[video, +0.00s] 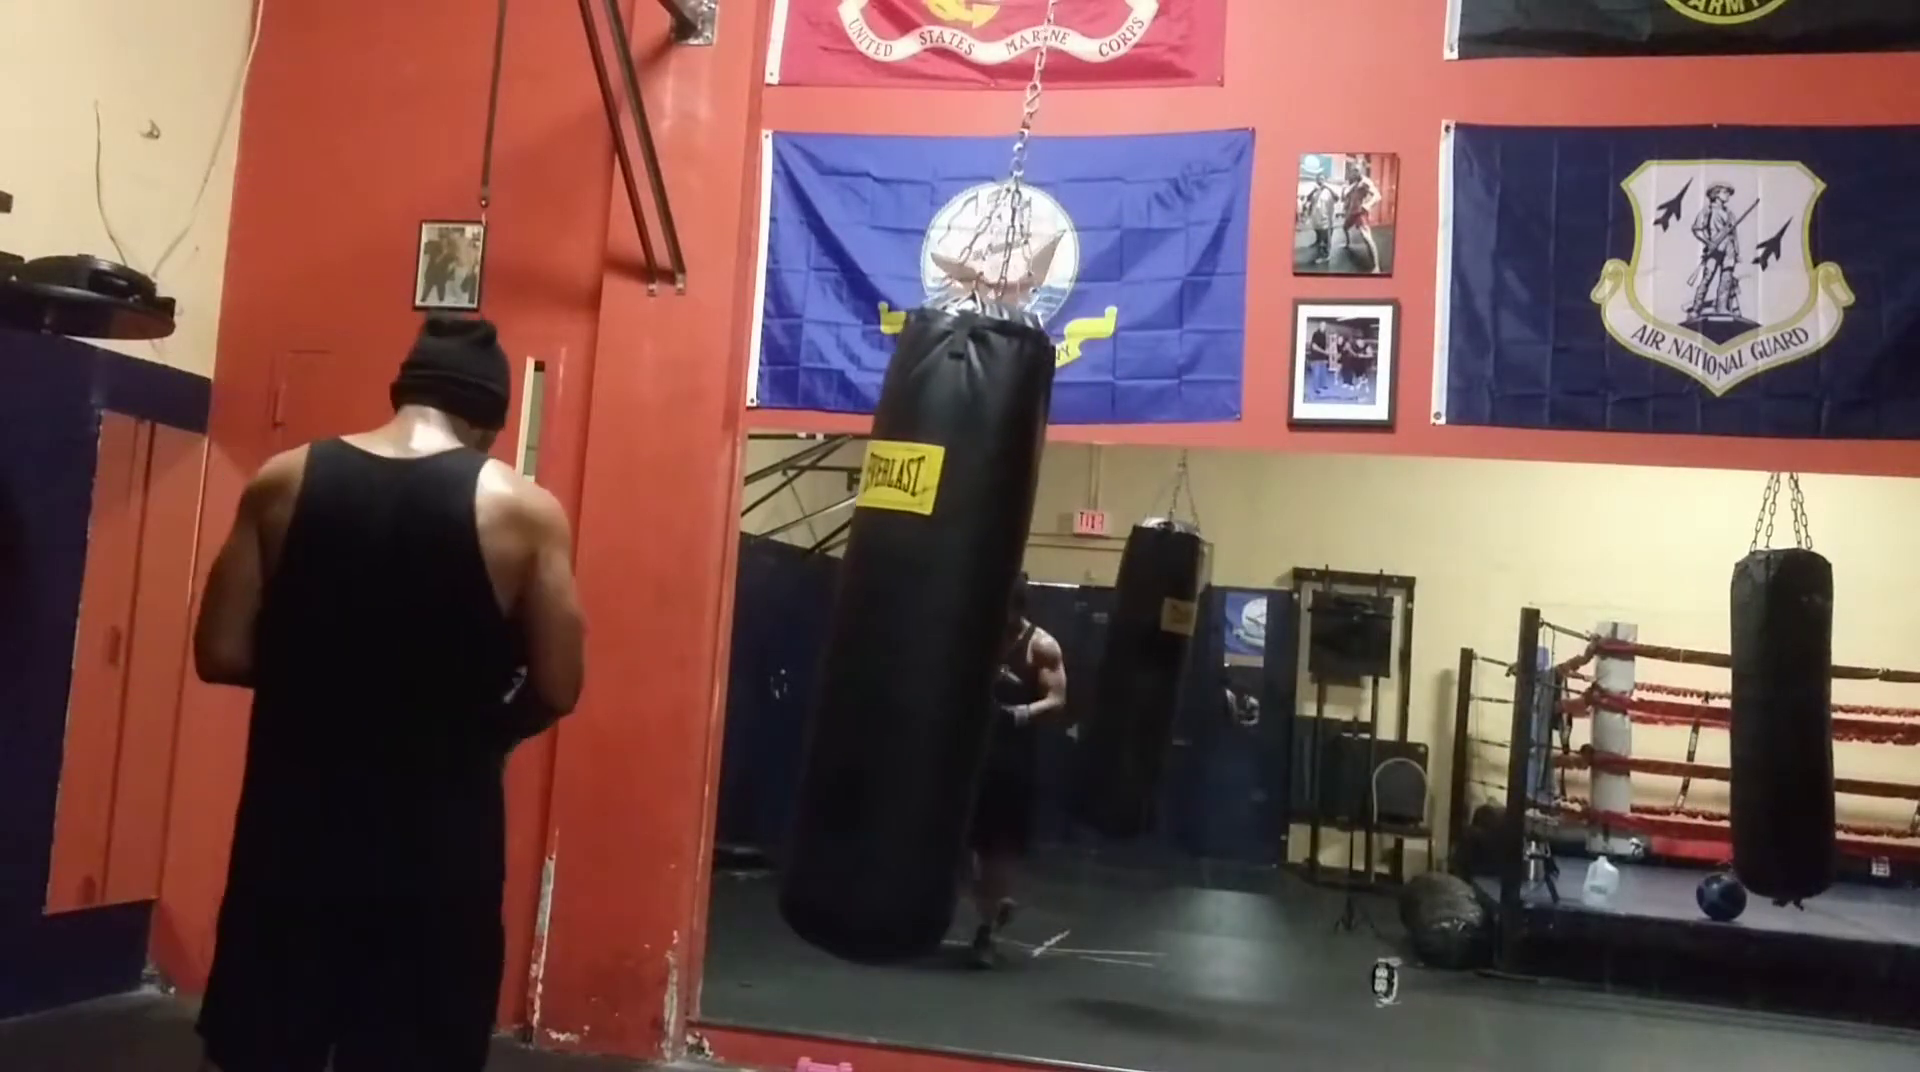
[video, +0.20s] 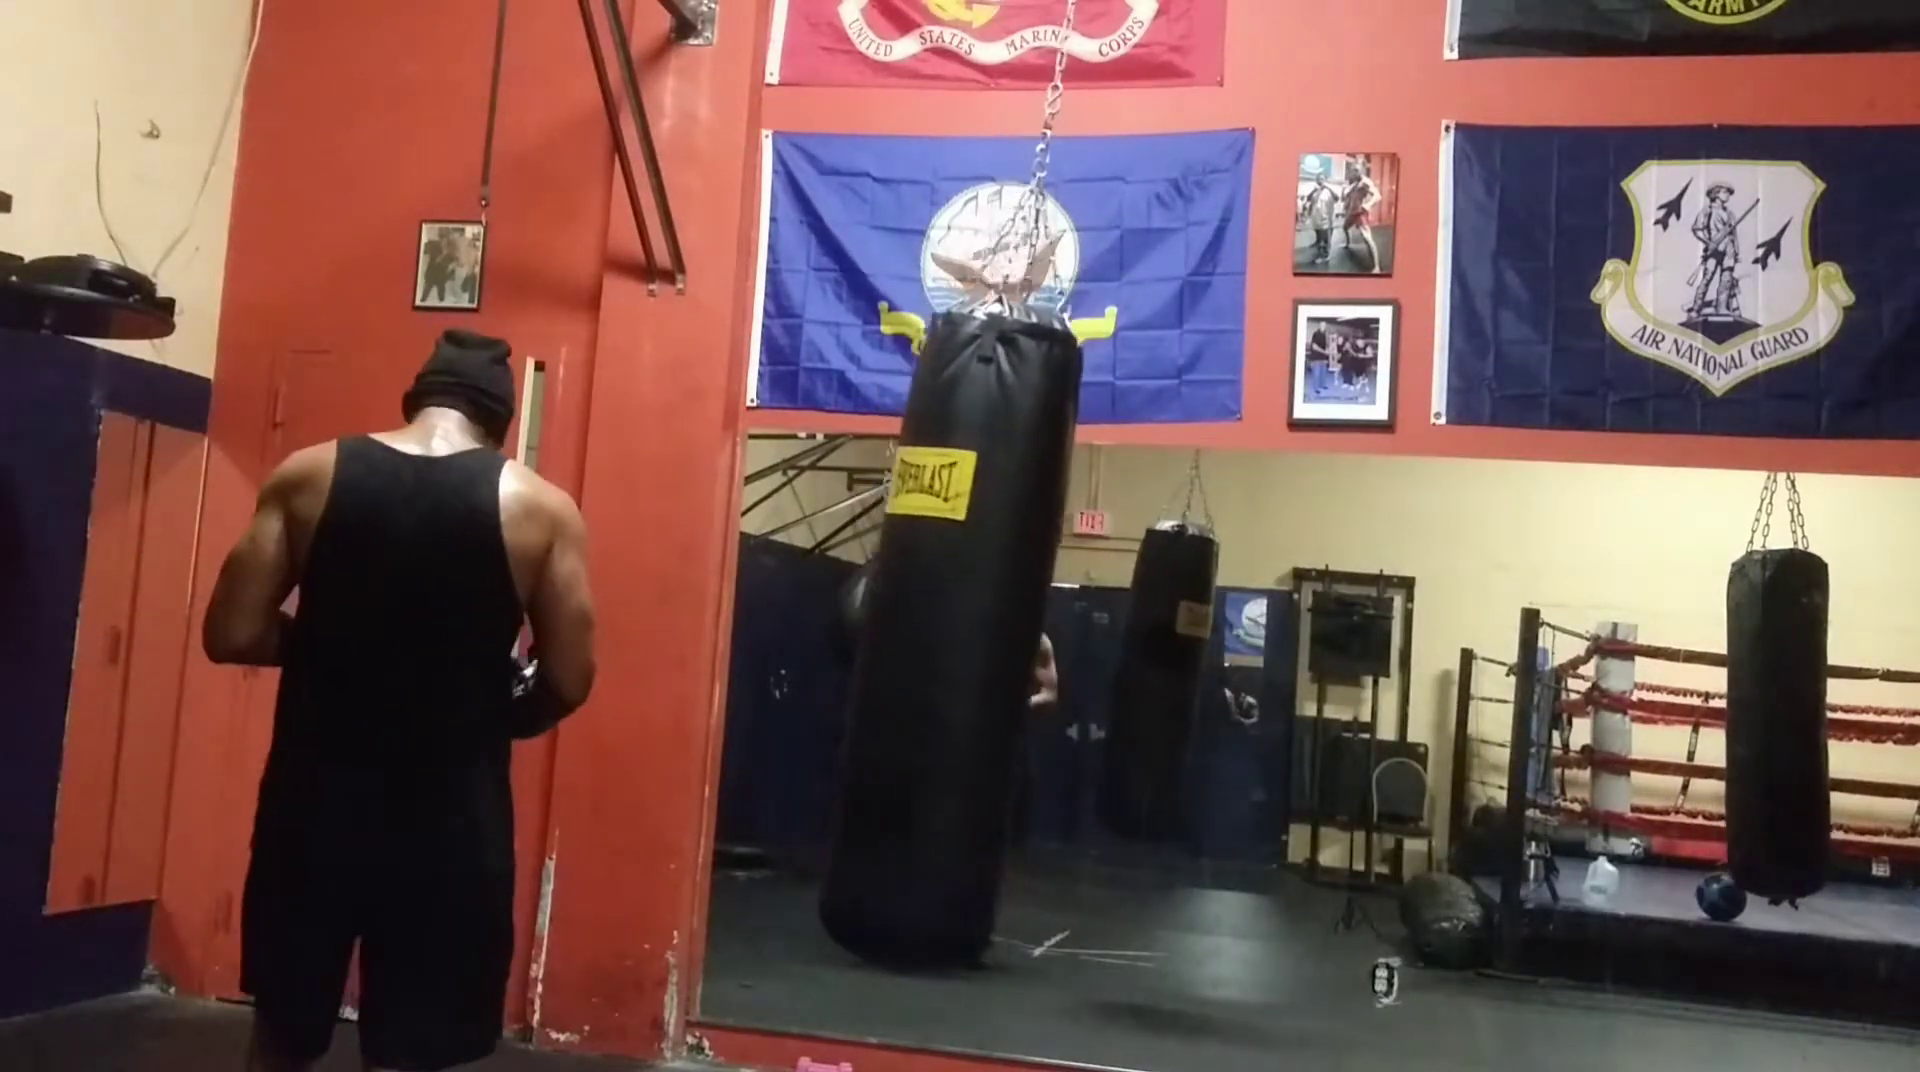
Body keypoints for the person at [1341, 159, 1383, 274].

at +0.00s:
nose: (1352, 174)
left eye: (1355, 171)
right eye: (1351, 171)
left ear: (1359, 172)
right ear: (1349, 173)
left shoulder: (1365, 182)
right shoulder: (1349, 184)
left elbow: (1376, 196)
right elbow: (1343, 198)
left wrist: (1366, 206)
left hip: (1360, 212)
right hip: (1350, 213)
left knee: (1367, 237)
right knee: (1345, 227)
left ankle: (1376, 266)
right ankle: (1348, 243)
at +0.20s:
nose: (1351, 174)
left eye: (1353, 171)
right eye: (1350, 171)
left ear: (1358, 172)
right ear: (1350, 173)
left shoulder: (1365, 182)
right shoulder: (1351, 184)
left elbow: (1376, 196)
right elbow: (1346, 199)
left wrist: (1366, 206)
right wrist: (1345, 210)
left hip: (1361, 212)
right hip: (1351, 212)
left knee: (1367, 237)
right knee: (1345, 227)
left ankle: (1376, 266)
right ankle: (1348, 243)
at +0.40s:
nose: (1351, 174)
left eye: (1354, 172)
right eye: (1351, 172)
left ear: (1358, 172)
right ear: (1350, 173)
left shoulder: (1365, 182)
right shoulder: (1351, 184)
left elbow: (1376, 196)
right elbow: (1344, 198)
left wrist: (1366, 206)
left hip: (1361, 211)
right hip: (1351, 211)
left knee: (1367, 237)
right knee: (1345, 227)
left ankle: (1376, 266)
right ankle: (1348, 243)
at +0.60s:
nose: (1351, 174)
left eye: (1354, 172)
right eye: (1351, 172)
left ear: (1358, 172)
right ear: (1350, 173)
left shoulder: (1365, 182)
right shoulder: (1351, 184)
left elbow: (1376, 196)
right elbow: (1344, 197)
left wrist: (1366, 206)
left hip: (1361, 211)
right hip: (1351, 211)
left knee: (1367, 237)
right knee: (1345, 227)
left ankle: (1376, 266)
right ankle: (1348, 243)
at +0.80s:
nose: (1351, 176)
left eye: (1353, 173)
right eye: (1350, 174)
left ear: (1357, 173)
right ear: (1350, 174)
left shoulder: (1365, 182)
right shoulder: (1351, 184)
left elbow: (1376, 196)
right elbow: (1343, 198)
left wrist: (1367, 206)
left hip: (1360, 211)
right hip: (1351, 211)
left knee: (1366, 237)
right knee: (1345, 227)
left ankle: (1376, 266)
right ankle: (1348, 243)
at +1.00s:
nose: (1351, 175)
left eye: (1353, 173)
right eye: (1350, 173)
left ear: (1358, 173)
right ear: (1350, 174)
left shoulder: (1365, 182)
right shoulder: (1351, 184)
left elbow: (1376, 195)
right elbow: (1344, 197)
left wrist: (1366, 206)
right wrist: (1350, 187)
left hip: (1361, 211)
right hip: (1351, 211)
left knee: (1366, 237)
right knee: (1345, 227)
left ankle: (1376, 266)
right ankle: (1348, 243)